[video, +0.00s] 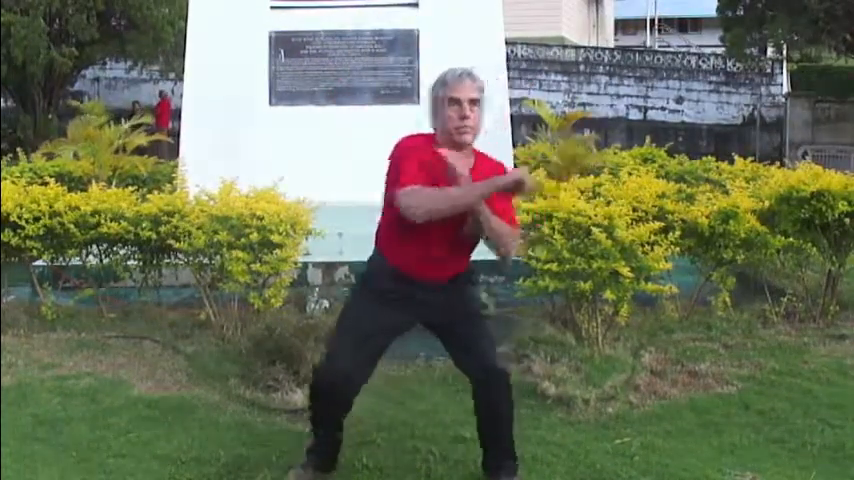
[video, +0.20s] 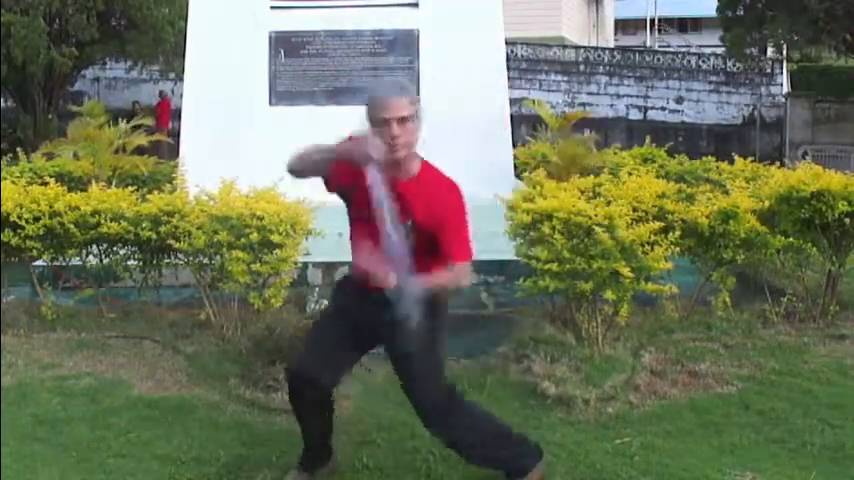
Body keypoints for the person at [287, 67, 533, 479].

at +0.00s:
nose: (464, 113)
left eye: (473, 105)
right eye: (453, 104)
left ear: (482, 114)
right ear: (435, 111)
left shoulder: (495, 172)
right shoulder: (412, 150)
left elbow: (507, 246)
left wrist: (473, 196)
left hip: (450, 293)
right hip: (387, 287)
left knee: (492, 376)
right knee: (333, 379)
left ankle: (501, 471)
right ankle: (321, 458)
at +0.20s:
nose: (393, 134)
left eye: (403, 122)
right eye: (382, 125)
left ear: (418, 126)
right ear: (370, 130)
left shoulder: (441, 192)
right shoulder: (354, 168)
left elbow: (461, 273)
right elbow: (297, 165)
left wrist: (402, 281)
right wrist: (346, 151)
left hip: (413, 301)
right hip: (360, 295)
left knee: (435, 406)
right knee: (307, 377)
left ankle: (526, 462)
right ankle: (316, 460)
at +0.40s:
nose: (348, 156)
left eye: (357, 145)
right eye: (339, 146)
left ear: (378, 145)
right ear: (330, 148)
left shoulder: (404, 208)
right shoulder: (326, 175)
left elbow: (423, 300)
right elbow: (267, 188)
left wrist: (372, 367)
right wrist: (266, 136)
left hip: (391, 320)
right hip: (342, 311)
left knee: (420, 424)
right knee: (285, 370)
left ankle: (525, 461)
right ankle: (313, 459)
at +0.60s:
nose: (337, 170)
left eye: (346, 159)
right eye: (329, 160)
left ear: (369, 156)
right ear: (321, 157)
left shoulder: (401, 211)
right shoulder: (309, 191)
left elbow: (384, 297)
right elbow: (281, 242)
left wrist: (324, 255)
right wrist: (265, 267)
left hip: (390, 320)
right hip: (332, 315)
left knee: (411, 403)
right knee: (289, 382)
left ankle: (502, 457)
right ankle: (317, 462)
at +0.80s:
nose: (335, 198)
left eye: (344, 188)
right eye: (327, 187)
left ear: (367, 176)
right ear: (319, 177)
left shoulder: (402, 219)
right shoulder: (306, 210)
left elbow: (402, 303)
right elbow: (295, 280)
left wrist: (335, 303)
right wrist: (295, 290)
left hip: (390, 326)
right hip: (331, 325)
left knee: (420, 397)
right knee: (305, 397)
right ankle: (320, 459)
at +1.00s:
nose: (342, 245)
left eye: (350, 235)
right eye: (335, 235)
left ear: (373, 219)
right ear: (325, 222)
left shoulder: (407, 249)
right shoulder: (314, 237)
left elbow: (415, 325)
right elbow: (281, 301)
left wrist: (367, 356)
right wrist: (306, 332)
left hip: (391, 349)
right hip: (331, 349)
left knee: (428, 405)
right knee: (296, 402)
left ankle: (439, 461)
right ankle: (318, 459)